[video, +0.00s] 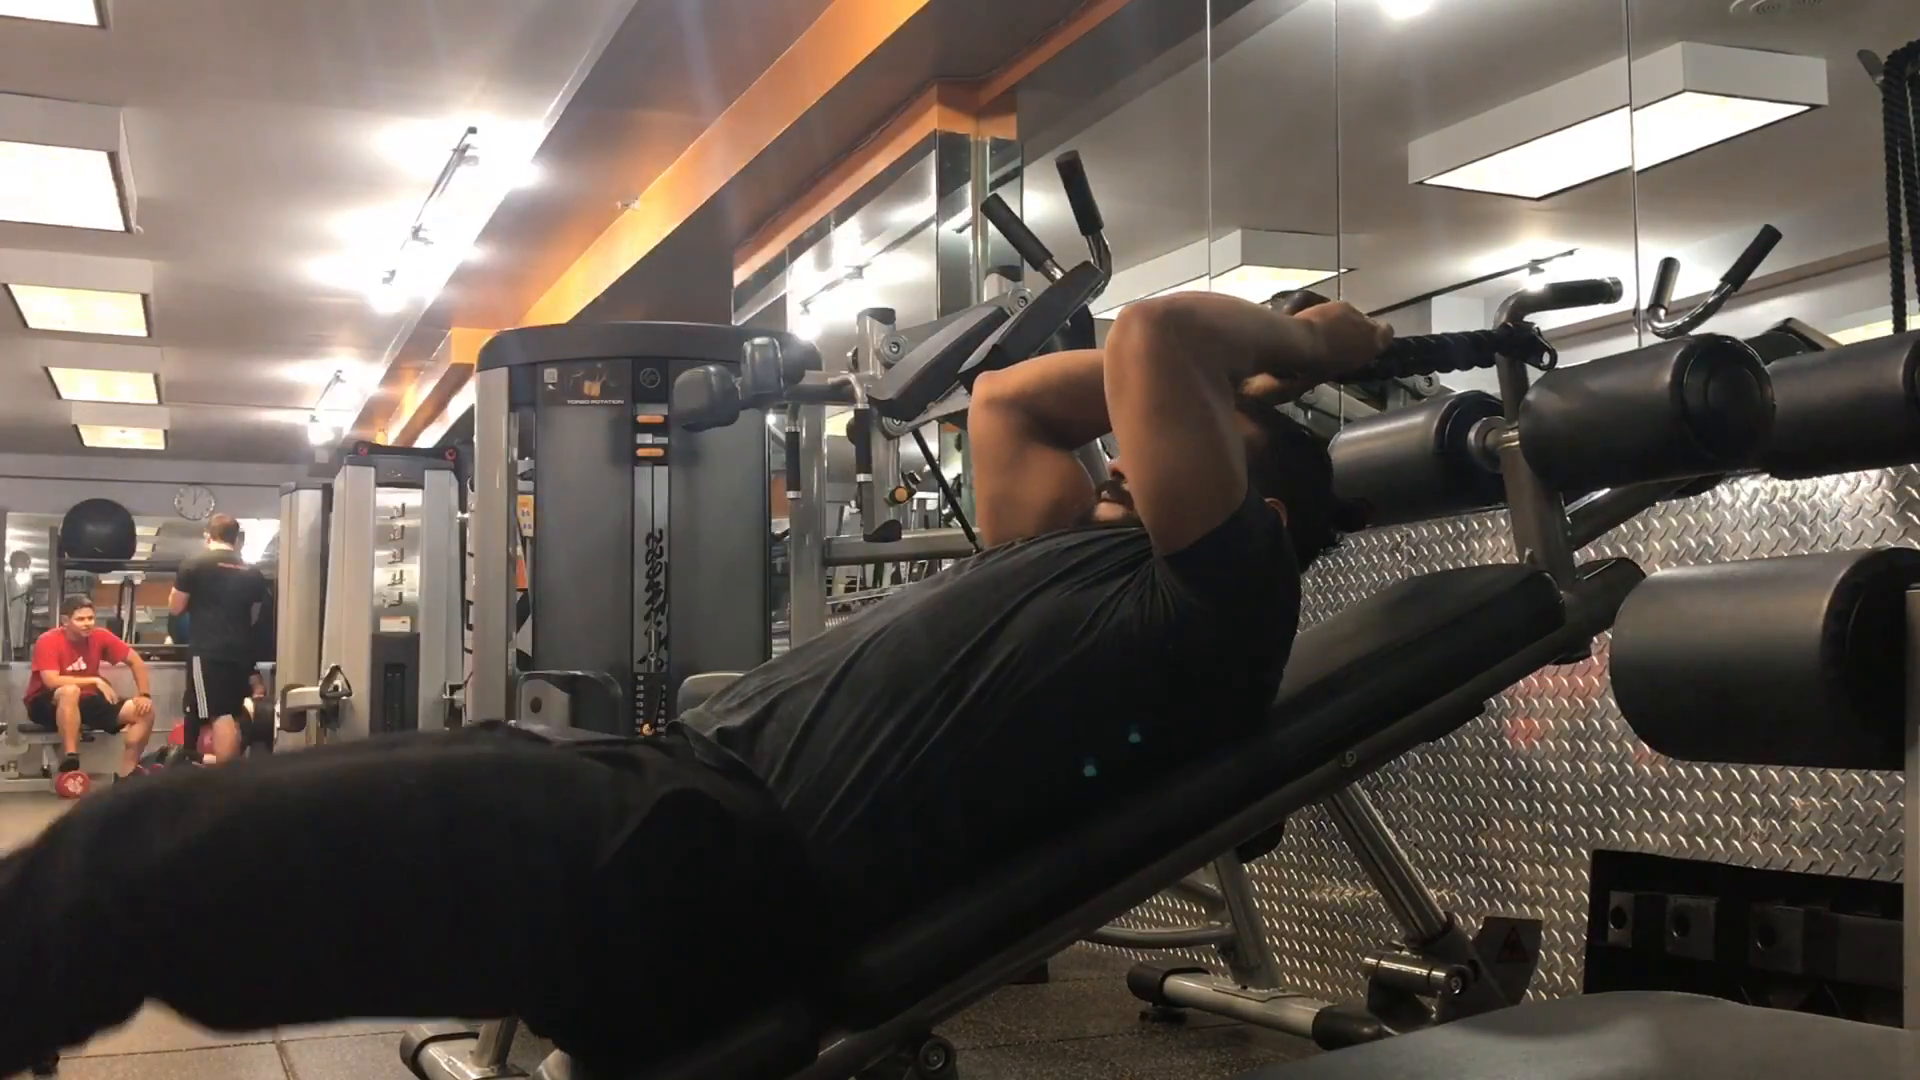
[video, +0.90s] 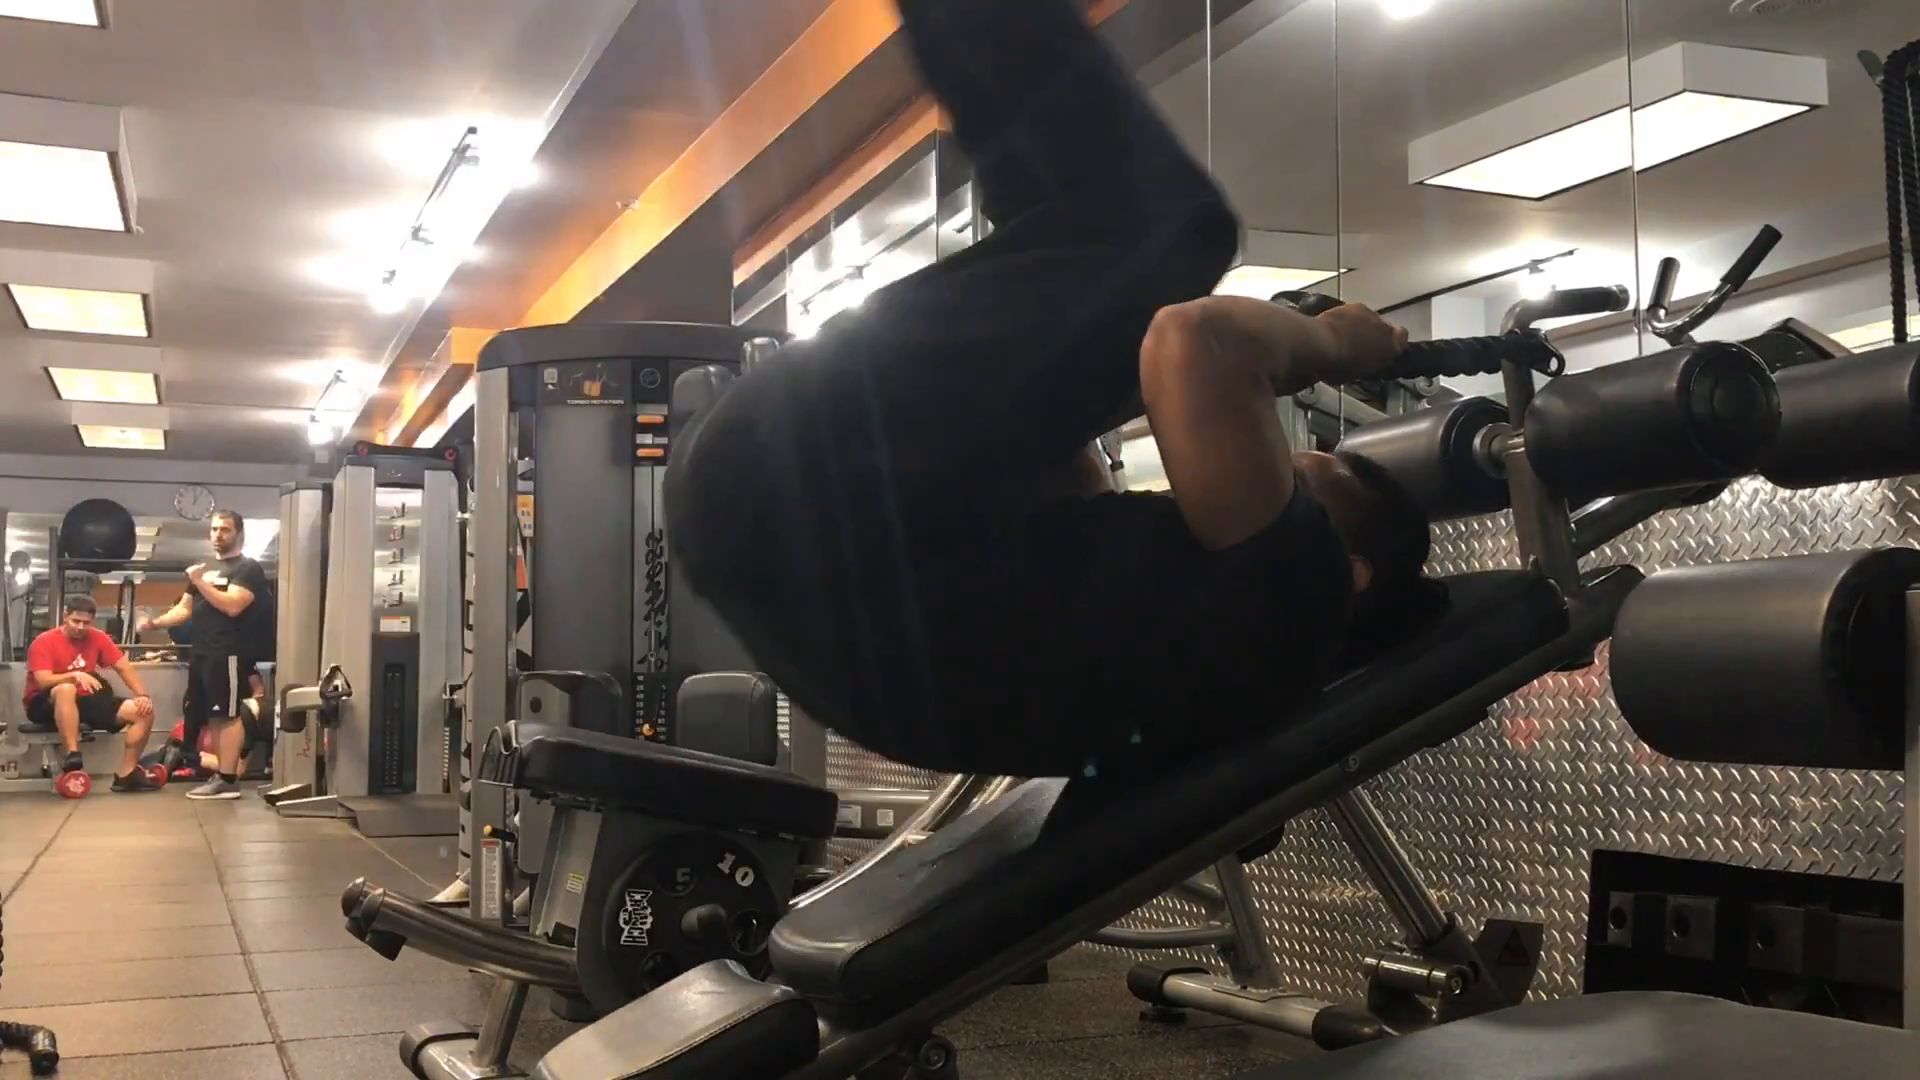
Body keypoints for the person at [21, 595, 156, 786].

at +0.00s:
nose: (87, 624)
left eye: (90, 618)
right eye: (81, 619)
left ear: (94, 618)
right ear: (65, 621)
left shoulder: (100, 636)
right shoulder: (48, 640)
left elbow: (135, 660)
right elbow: (51, 681)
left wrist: (144, 694)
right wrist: (95, 681)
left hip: (87, 702)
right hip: (45, 705)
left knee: (143, 711)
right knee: (70, 691)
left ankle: (127, 775)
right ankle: (71, 757)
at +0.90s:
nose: (81, 628)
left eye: (86, 623)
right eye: (76, 621)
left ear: (92, 621)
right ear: (65, 617)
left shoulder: (99, 639)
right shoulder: (44, 642)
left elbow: (122, 666)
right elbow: (43, 681)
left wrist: (141, 695)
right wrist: (76, 675)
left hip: (84, 702)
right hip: (43, 704)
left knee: (143, 711)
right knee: (66, 688)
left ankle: (127, 774)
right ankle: (73, 754)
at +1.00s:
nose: (81, 626)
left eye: (86, 621)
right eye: (76, 620)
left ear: (93, 620)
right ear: (65, 616)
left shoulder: (96, 641)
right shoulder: (43, 641)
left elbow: (112, 673)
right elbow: (36, 681)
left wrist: (137, 694)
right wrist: (67, 675)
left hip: (85, 703)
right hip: (44, 705)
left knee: (142, 711)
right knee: (66, 688)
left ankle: (126, 774)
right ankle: (74, 754)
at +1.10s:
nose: (82, 624)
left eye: (87, 620)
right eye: (77, 618)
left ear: (93, 620)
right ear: (66, 615)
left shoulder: (94, 643)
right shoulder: (42, 640)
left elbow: (101, 681)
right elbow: (30, 680)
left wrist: (129, 693)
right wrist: (58, 678)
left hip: (84, 702)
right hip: (44, 705)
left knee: (142, 711)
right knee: (69, 688)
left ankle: (126, 774)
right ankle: (74, 755)